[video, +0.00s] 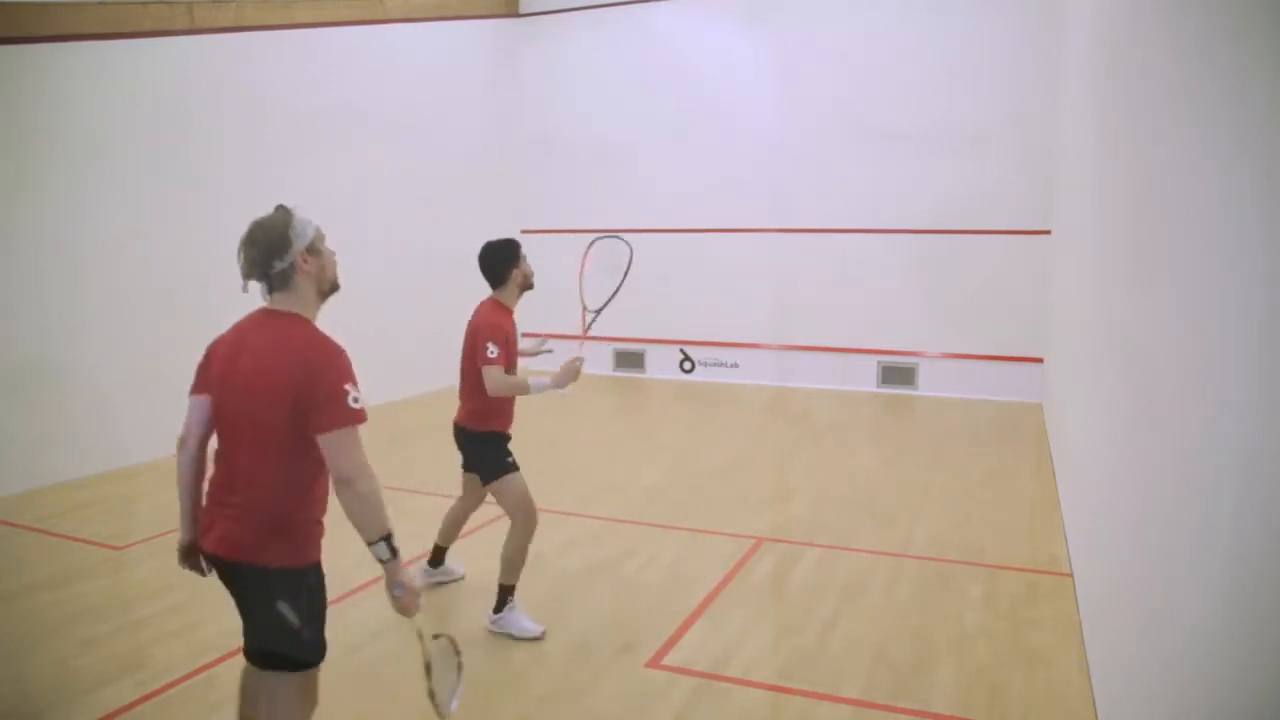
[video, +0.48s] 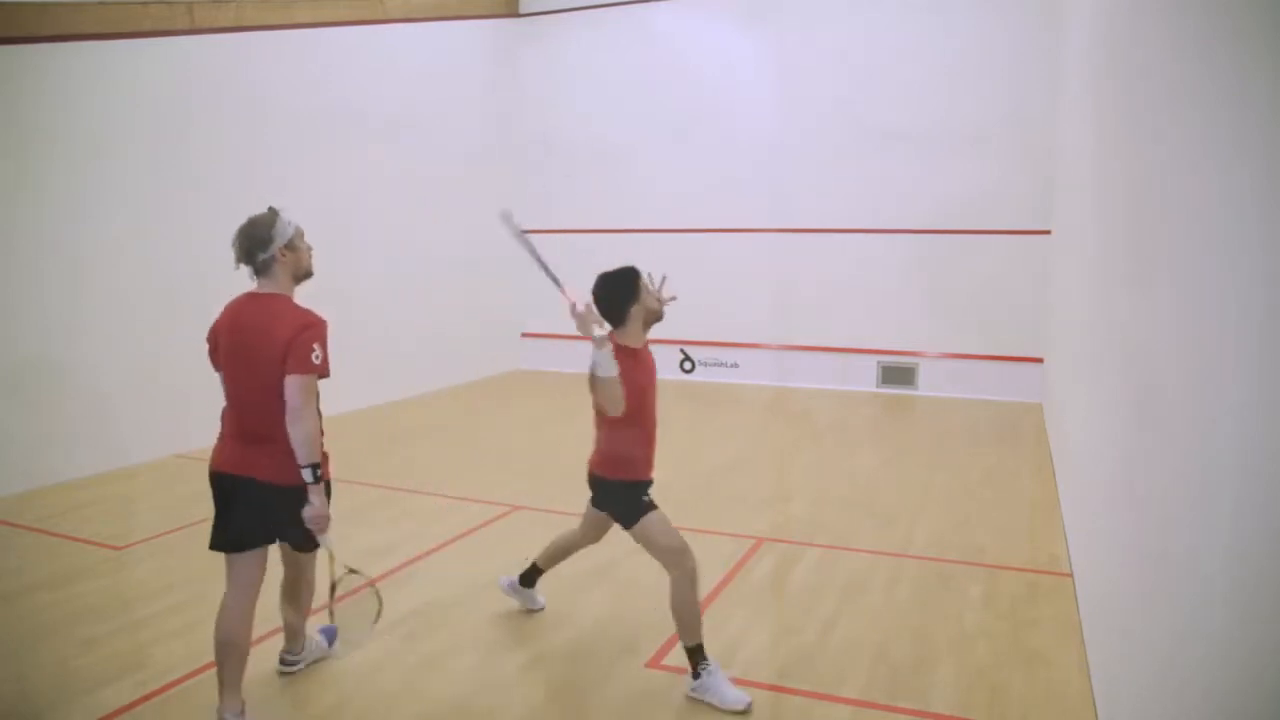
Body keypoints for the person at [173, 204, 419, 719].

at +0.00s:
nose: (335, 256)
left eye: (327, 245)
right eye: (325, 247)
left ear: (275, 269)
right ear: (303, 262)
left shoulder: (227, 344)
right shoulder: (318, 355)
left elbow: (191, 441)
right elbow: (350, 476)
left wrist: (189, 528)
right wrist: (392, 562)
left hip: (225, 540)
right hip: (279, 551)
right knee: (291, 696)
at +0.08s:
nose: (320, 250)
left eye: (314, 240)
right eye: (311, 242)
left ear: (260, 262)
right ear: (289, 257)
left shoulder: (211, 336)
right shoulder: (309, 344)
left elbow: (179, 430)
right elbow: (319, 454)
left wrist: (185, 506)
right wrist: (347, 543)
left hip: (217, 525)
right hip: (281, 536)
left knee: (239, 632)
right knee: (288, 681)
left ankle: (226, 717)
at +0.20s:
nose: (306, 245)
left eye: (300, 236)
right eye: (297, 239)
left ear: (257, 260)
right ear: (277, 256)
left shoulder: (207, 330)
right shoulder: (302, 335)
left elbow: (188, 430)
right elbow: (292, 438)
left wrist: (209, 494)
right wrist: (295, 527)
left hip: (213, 514)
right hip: (274, 521)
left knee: (231, 621)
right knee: (303, 640)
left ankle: (223, 715)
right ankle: (265, 716)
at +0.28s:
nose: (304, 240)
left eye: (298, 230)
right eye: (295, 233)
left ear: (251, 254)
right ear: (275, 248)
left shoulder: (208, 320)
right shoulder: (303, 322)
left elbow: (204, 414)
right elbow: (289, 416)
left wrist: (235, 466)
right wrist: (285, 507)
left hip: (215, 498)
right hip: (285, 500)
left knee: (224, 616)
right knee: (307, 603)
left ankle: (223, 716)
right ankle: (268, 710)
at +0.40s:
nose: (307, 244)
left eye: (301, 235)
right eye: (298, 237)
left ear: (253, 255)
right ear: (278, 250)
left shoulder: (217, 317)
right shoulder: (299, 321)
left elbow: (221, 402)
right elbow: (293, 412)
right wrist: (299, 494)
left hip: (225, 481)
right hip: (288, 481)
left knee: (232, 606)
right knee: (303, 570)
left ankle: (232, 712)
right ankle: (292, 664)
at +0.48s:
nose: (311, 251)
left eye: (306, 242)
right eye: (303, 244)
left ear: (260, 260)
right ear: (283, 255)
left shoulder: (229, 317)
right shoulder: (303, 324)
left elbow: (234, 386)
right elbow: (300, 413)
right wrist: (316, 487)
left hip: (232, 471)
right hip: (288, 477)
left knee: (240, 590)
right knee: (299, 559)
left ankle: (229, 706)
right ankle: (296, 646)